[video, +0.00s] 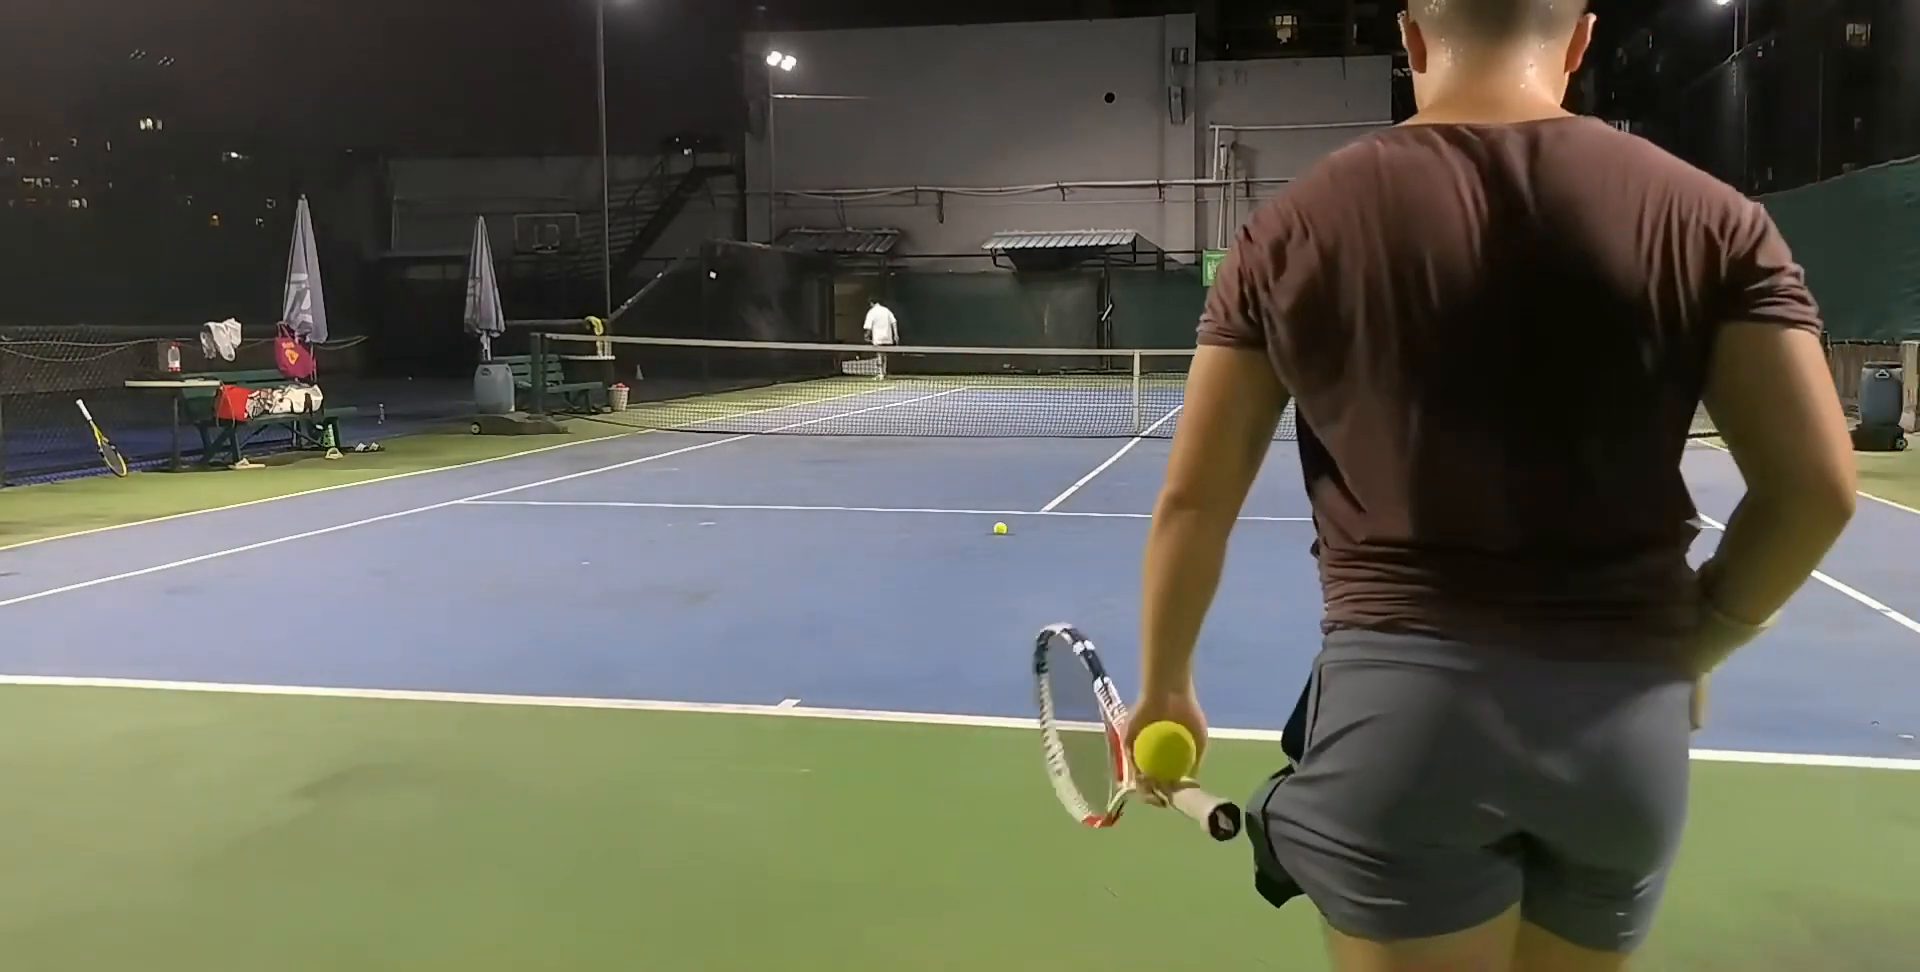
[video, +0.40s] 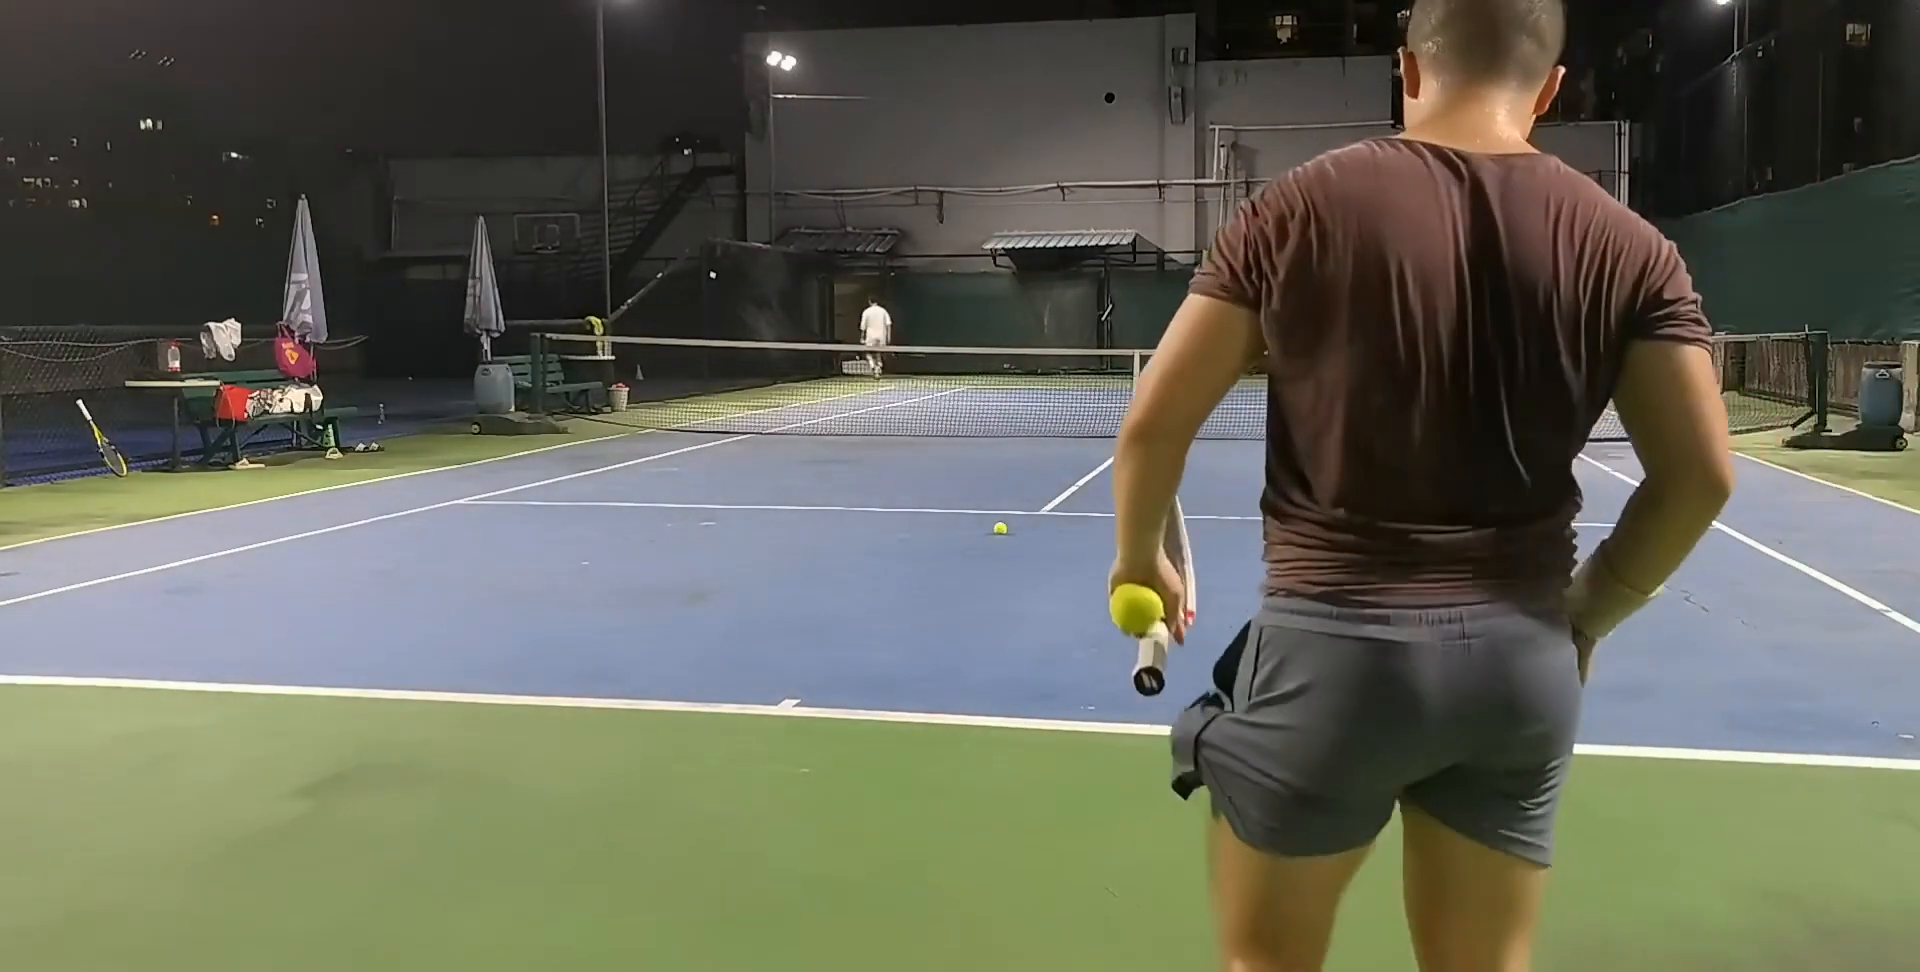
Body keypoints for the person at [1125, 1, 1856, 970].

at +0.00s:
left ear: (1413, 34)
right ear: (1578, 37)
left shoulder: (1301, 223)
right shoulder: (1705, 218)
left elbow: (1192, 502)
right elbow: (1813, 486)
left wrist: (1164, 689)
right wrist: (1692, 638)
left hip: (1391, 714)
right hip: (1624, 727)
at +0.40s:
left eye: (1399, 71)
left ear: (1410, 71)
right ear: (1549, 91)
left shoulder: (1301, 207)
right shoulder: (1622, 243)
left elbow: (1154, 423)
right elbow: (1697, 475)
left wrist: (1145, 557)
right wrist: (1585, 613)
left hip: (1326, 643)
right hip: (1519, 642)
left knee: (1267, 953)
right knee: (1483, 956)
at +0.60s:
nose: (1346, 94)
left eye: (1348, 74)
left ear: (1364, 73)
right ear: (1490, 96)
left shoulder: (1277, 207)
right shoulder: (1570, 241)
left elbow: (1124, 409)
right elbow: (1631, 455)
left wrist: (1113, 494)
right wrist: (1529, 568)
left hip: (1300, 622)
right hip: (1483, 624)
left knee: (1214, 906)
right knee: (1456, 943)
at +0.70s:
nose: (1316, 107)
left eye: (1317, 91)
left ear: (1331, 88)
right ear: (1449, 108)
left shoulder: (1244, 220)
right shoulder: (1532, 248)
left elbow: (1103, 420)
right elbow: (1604, 443)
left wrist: (1104, 473)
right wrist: (1492, 523)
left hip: (1280, 623)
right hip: (1455, 618)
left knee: (1206, 924)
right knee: (1443, 944)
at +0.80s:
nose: (1277, 118)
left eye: (1278, 102)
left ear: (1291, 101)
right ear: (1407, 118)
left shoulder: (1203, 239)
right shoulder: (1487, 256)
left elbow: (1086, 437)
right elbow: (1543, 443)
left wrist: (1110, 465)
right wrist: (1425, 485)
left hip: (1247, 621)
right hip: (1420, 620)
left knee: (1184, 909)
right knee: (1412, 933)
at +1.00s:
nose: (1199, 115)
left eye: (1198, 101)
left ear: (1206, 101)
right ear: (1322, 114)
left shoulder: (1123, 248)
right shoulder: (1392, 253)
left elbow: (1079, 451)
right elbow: (1408, 438)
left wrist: (1166, 436)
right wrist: (1298, 451)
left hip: (1168, 598)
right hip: (1327, 600)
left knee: (1141, 880)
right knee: (1336, 885)